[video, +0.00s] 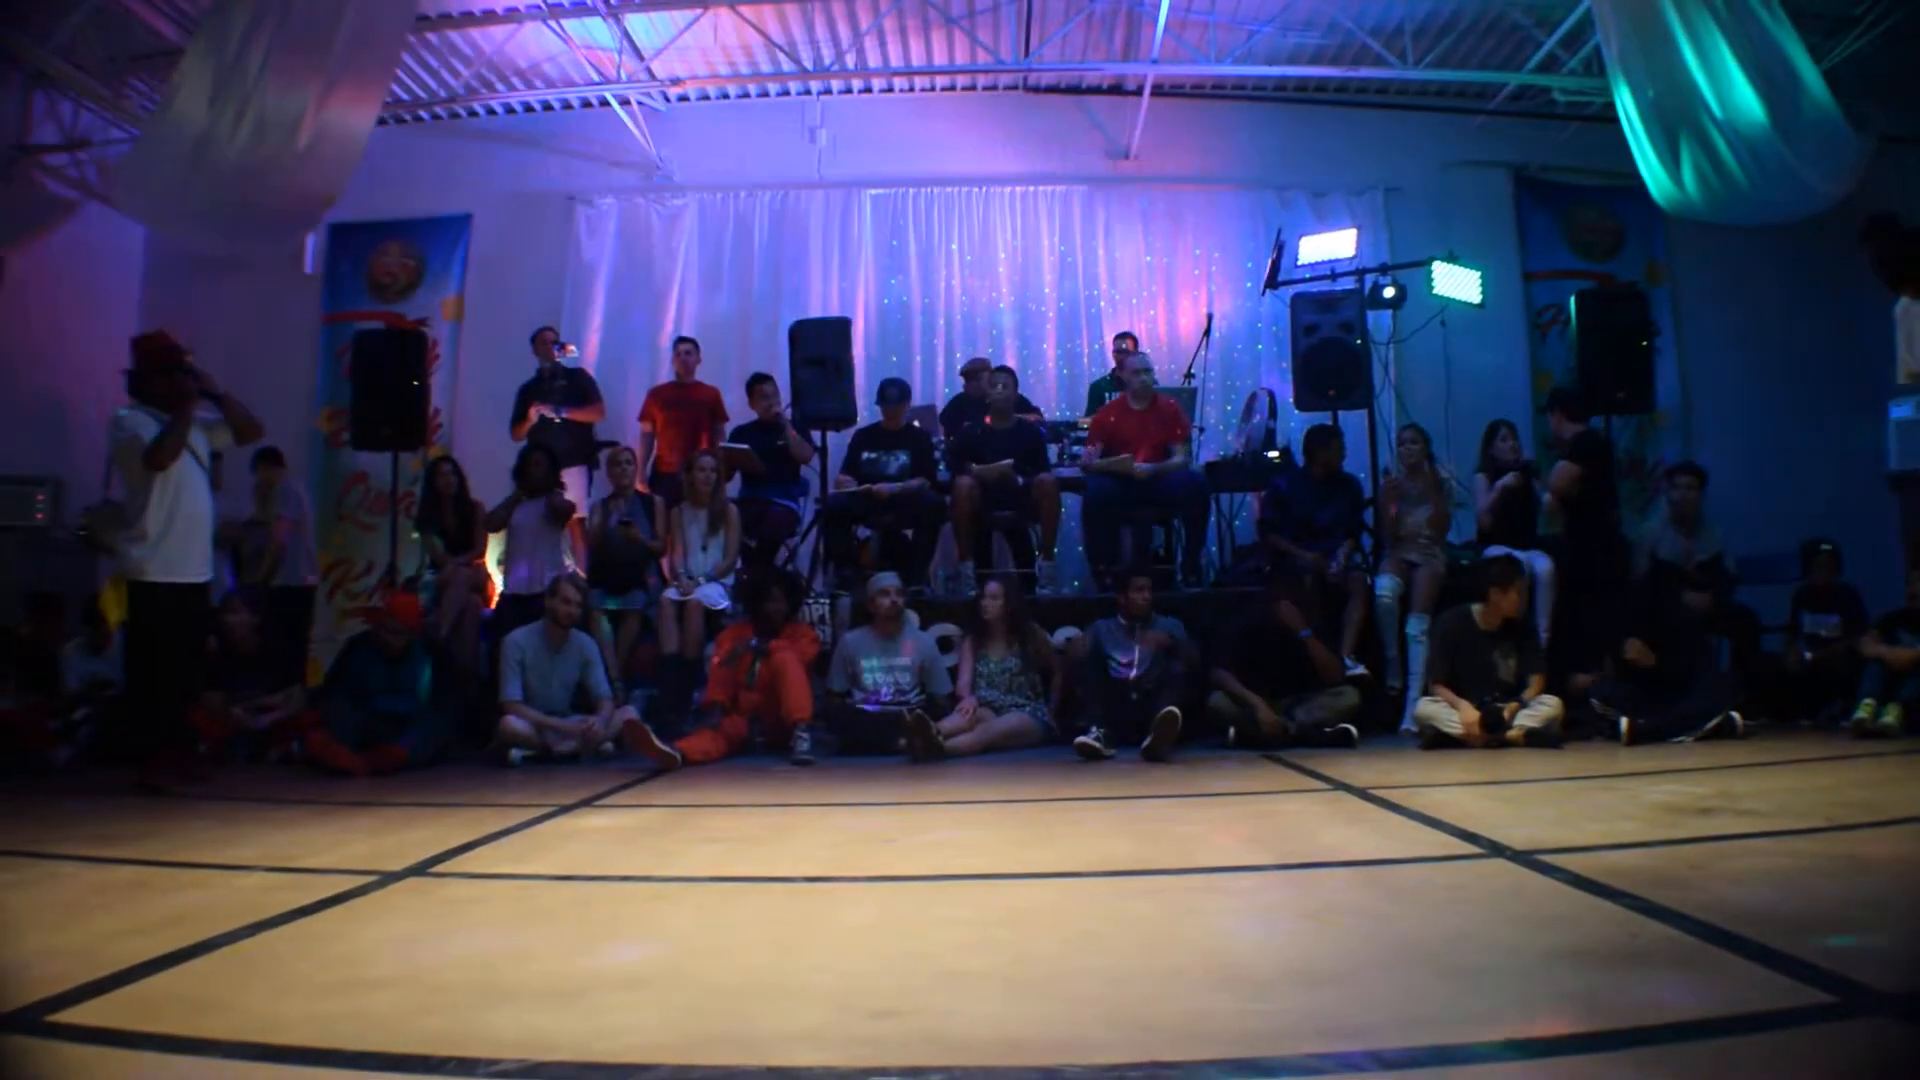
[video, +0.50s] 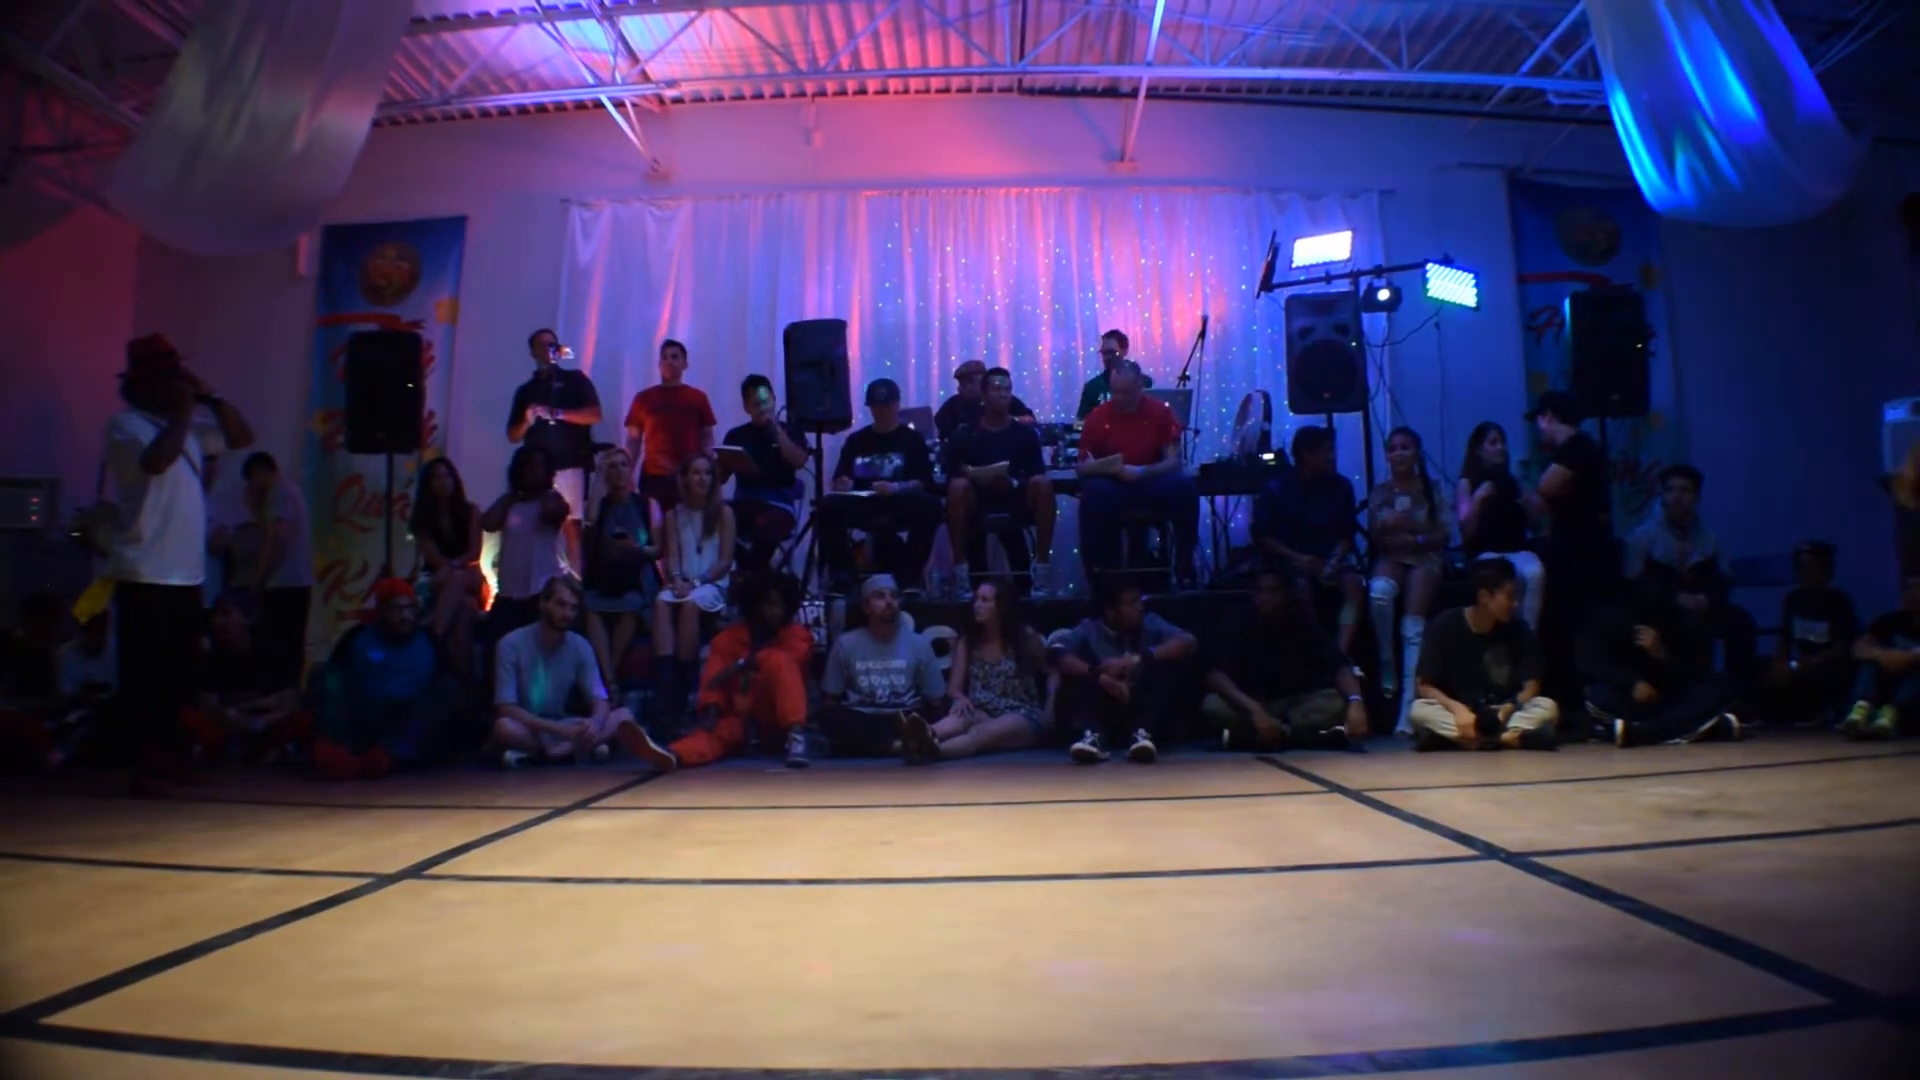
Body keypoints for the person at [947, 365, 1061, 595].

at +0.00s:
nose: (999, 390)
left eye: (1006, 386)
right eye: (994, 386)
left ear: (1015, 394)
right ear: (987, 393)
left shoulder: (1030, 431)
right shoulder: (971, 430)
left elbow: (1041, 469)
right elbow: (955, 464)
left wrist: (1011, 473)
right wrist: (981, 471)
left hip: (1018, 489)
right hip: (984, 489)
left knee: (1047, 483)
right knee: (964, 485)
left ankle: (1047, 561)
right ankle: (965, 565)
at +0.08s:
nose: (1004, 391)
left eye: (1009, 387)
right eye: (998, 387)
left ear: (1016, 393)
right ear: (988, 393)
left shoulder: (1029, 431)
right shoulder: (972, 429)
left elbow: (1041, 469)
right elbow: (954, 464)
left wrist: (1013, 478)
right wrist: (979, 471)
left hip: (1018, 490)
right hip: (983, 491)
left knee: (1046, 484)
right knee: (962, 485)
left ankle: (1046, 562)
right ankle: (964, 565)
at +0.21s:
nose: (1003, 393)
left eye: (1008, 388)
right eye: (997, 387)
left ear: (1013, 394)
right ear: (987, 393)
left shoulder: (1027, 431)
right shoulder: (970, 429)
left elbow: (1039, 470)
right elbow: (953, 464)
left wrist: (1012, 480)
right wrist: (977, 472)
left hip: (1016, 490)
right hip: (981, 491)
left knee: (1044, 484)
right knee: (960, 486)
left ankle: (1044, 562)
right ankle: (962, 565)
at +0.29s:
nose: (1004, 393)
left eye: (1008, 388)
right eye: (998, 387)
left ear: (1013, 394)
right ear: (986, 393)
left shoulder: (1025, 431)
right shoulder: (969, 430)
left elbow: (1038, 470)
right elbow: (953, 465)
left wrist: (1012, 479)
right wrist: (978, 473)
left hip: (1015, 490)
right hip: (980, 491)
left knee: (1043, 484)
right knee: (959, 485)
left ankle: (1043, 562)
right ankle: (961, 564)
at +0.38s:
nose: (1003, 394)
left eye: (1007, 389)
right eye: (997, 388)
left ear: (1012, 394)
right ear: (985, 394)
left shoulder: (1025, 432)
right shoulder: (967, 430)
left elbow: (1037, 470)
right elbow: (952, 465)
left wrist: (1010, 480)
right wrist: (977, 473)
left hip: (1014, 491)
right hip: (980, 492)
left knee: (1043, 485)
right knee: (958, 486)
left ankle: (1043, 563)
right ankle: (960, 566)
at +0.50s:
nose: (1002, 393)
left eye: (1006, 388)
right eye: (996, 388)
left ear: (1011, 393)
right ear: (984, 394)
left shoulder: (1024, 432)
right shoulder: (967, 430)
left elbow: (1036, 470)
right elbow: (950, 465)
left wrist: (1009, 480)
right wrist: (975, 473)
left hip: (1013, 491)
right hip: (979, 492)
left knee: (1042, 485)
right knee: (958, 486)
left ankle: (1042, 563)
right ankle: (960, 567)